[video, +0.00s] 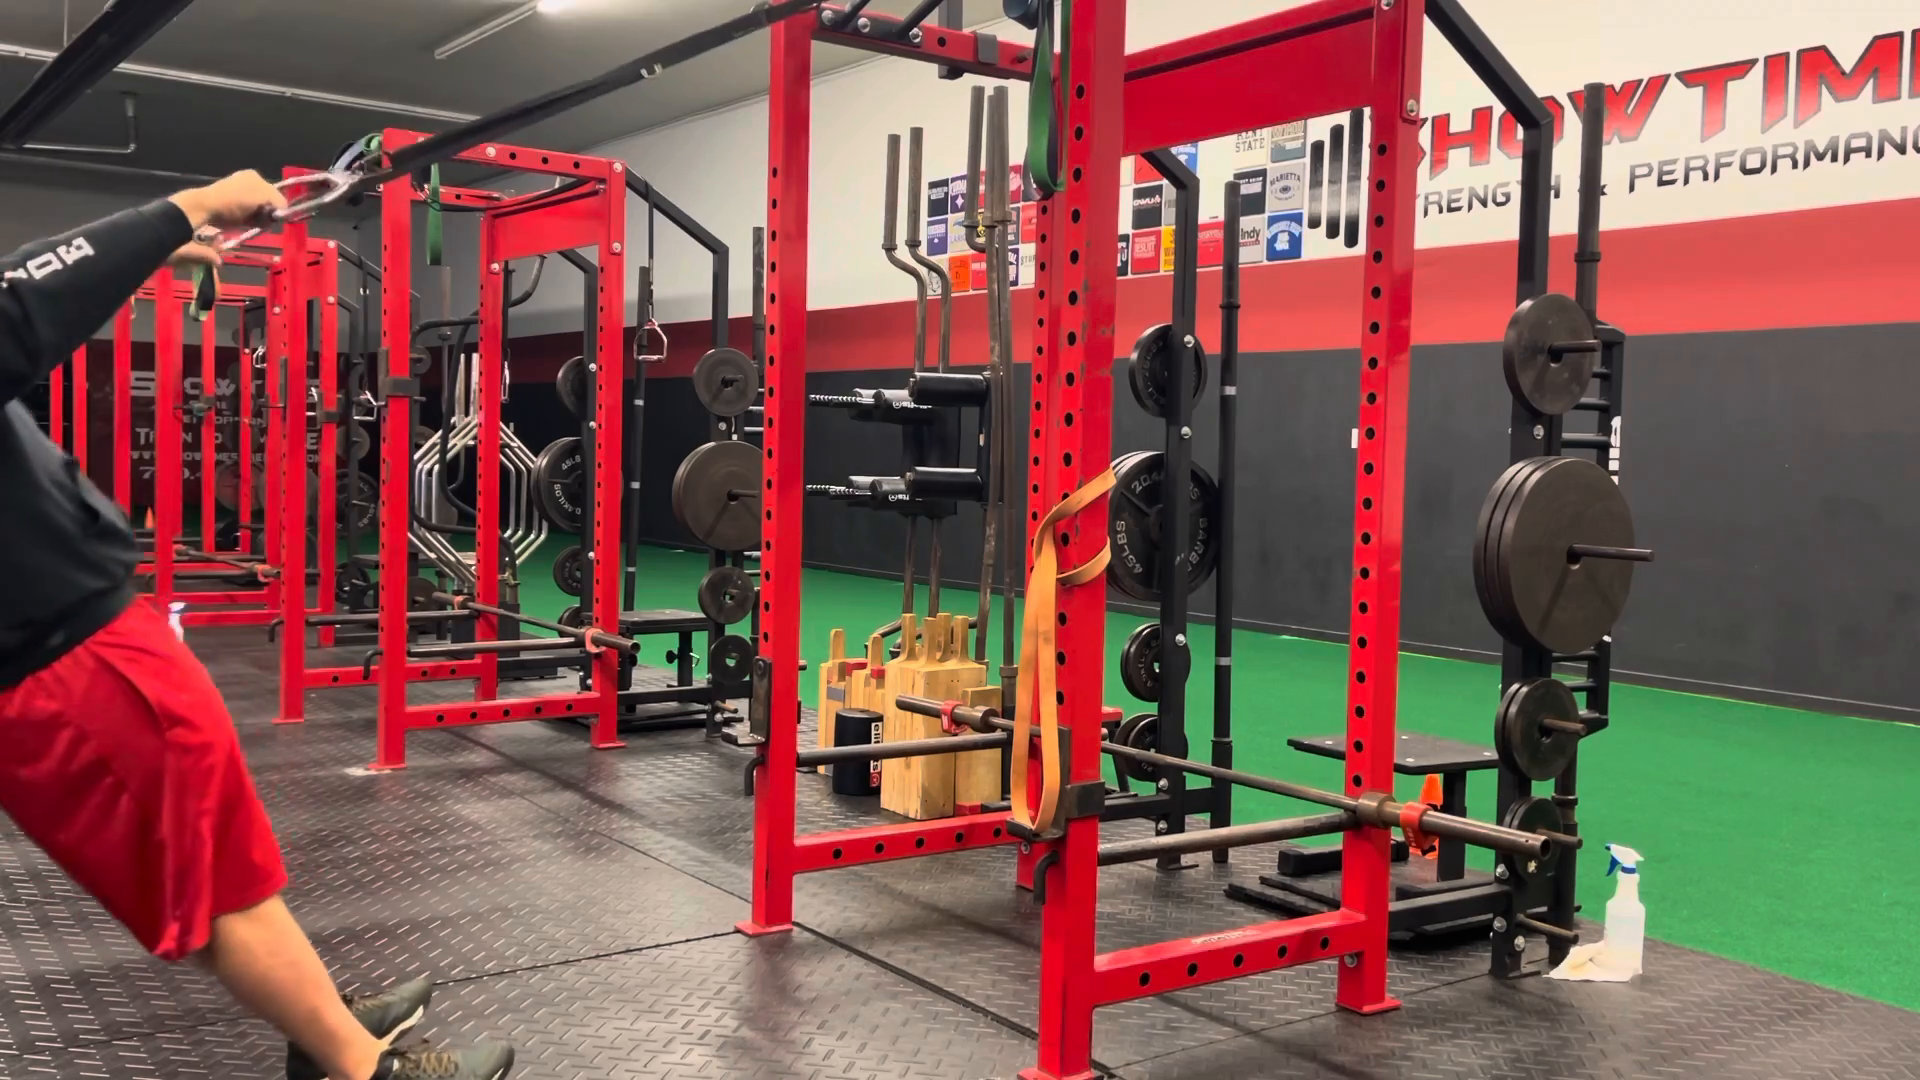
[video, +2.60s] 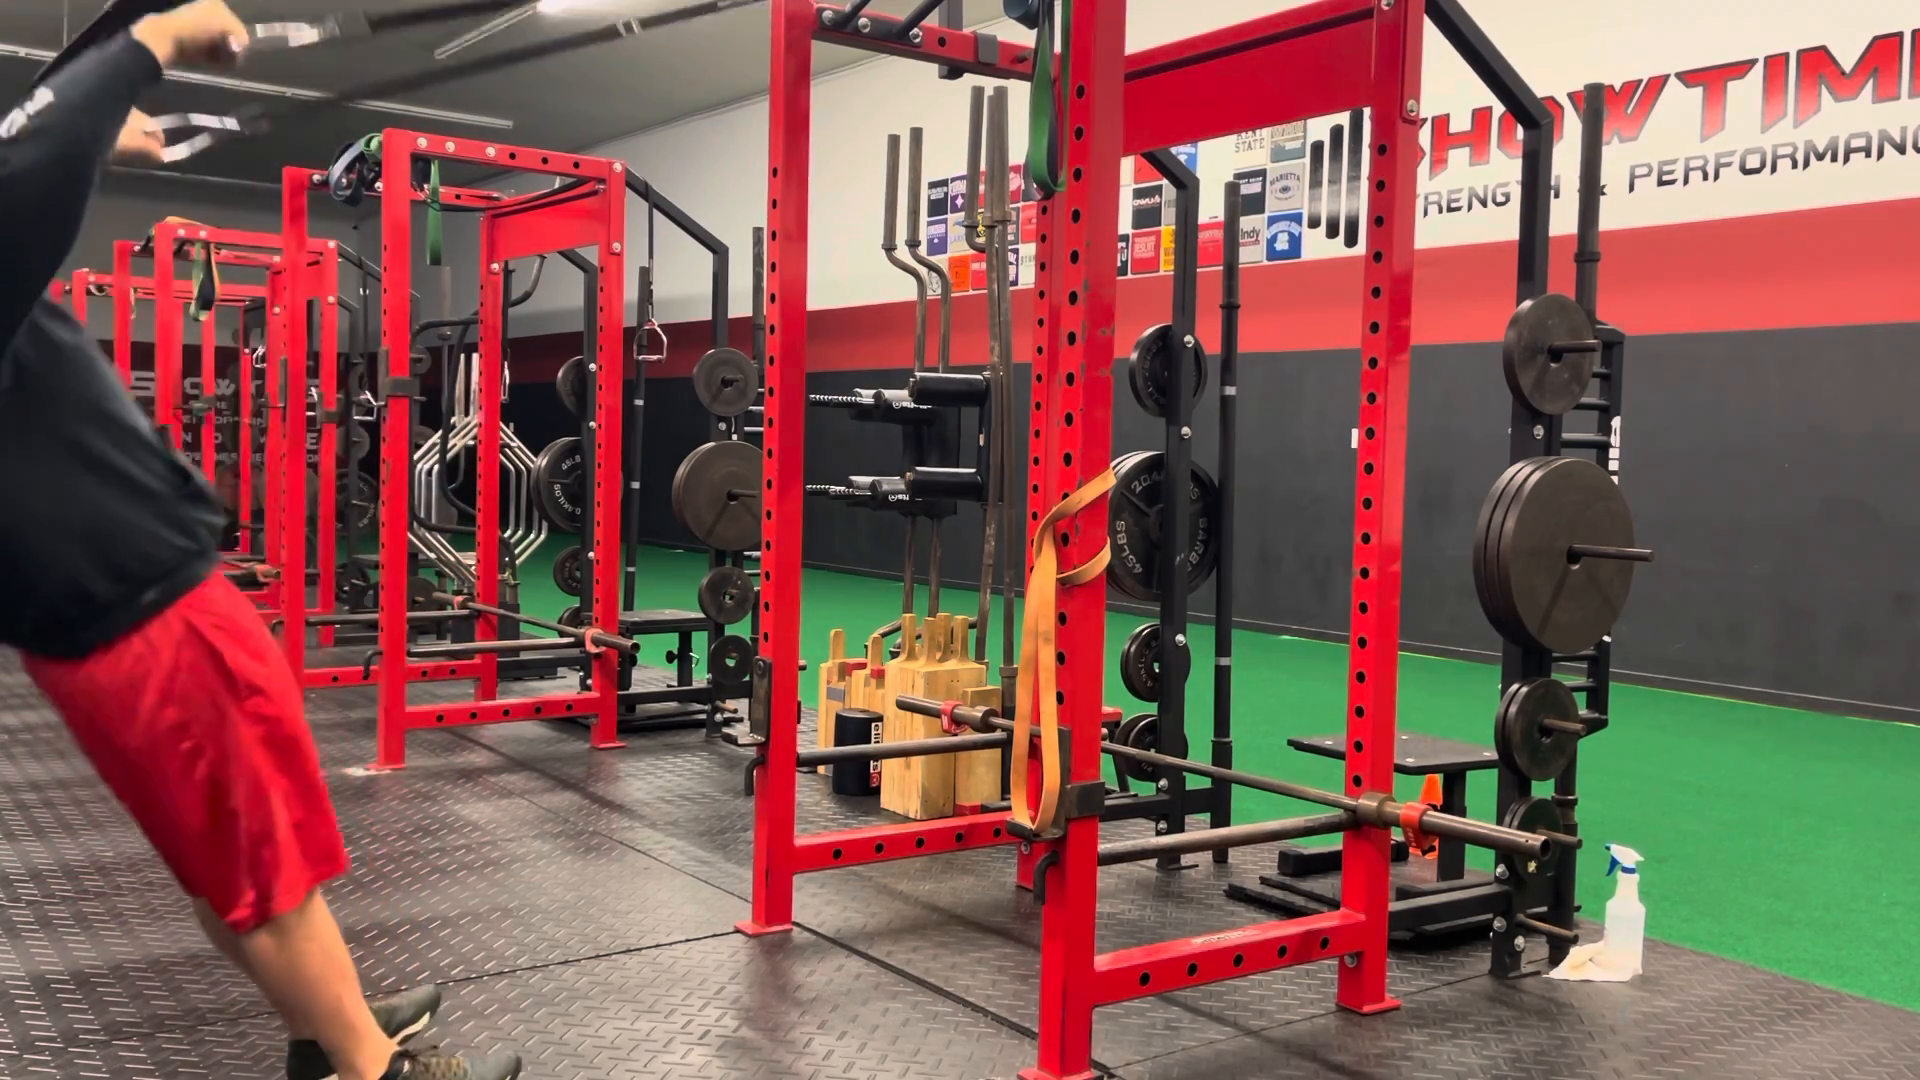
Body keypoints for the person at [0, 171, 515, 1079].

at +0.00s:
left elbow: (25, 307)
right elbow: (23, 314)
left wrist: (184, 215)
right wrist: (186, 210)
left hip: (53, 629)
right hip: (55, 632)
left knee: (204, 839)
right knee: (219, 869)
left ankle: (326, 1026)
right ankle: (361, 1065)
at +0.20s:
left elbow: (28, 269)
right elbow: (27, 272)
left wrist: (115, 184)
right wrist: (157, 92)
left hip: (109, 615)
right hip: (126, 619)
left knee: (245, 850)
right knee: (263, 867)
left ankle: (337, 1035)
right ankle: (371, 1064)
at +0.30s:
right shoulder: (13, 282)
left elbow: (36, 149)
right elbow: (42, 168)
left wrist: (135, 27)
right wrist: (143, 22)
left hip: (129, 619)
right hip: (173, 608)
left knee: (250, 860)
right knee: (286, 867)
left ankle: (329, 1034)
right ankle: (372, 1058)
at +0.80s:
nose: (171, 119)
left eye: (160, 101)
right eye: (155, 104)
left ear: (72, 147)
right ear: (126, 126)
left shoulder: (78, 271)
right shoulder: (168, 233)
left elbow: (60, 188)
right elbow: (185, 69)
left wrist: (77, 57)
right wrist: (142, 0)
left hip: (235, 607)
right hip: (325, 599)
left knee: (290, 845)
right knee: (358, 861)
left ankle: (329, 1026)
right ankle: (390, 1061)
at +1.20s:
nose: (337, 114)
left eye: (331, 103)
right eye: (322, 103)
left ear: (251, 148)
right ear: (284, 129)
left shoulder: (204, 239)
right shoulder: (307, 228)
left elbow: (149, 145)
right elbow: (254, 54)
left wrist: (98, 26)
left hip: (287, 584)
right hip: (377, 588)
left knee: (311, 834)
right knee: (379, 854)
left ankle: (336, 1028)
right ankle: (394, 1058)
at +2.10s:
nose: (180, 125)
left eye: (172, 108)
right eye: (161, 109)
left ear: (76, 147)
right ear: (134, 128)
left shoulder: (103, 259)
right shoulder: (161, 235)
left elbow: (72, 141)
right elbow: (172, 90)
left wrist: (86, 30)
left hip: (242, 596)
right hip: (306, 592)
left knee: (301, 838)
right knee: (349, 856)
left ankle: (331, 1026)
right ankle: (391, 1061)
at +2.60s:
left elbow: (19, 175)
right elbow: (37, 156)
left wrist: (93, 142)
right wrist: (153, 36)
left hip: (95, 607)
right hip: (133, 607)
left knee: (239, 846)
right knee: (266, 864)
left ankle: (335, 1027)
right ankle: (371, 1063)